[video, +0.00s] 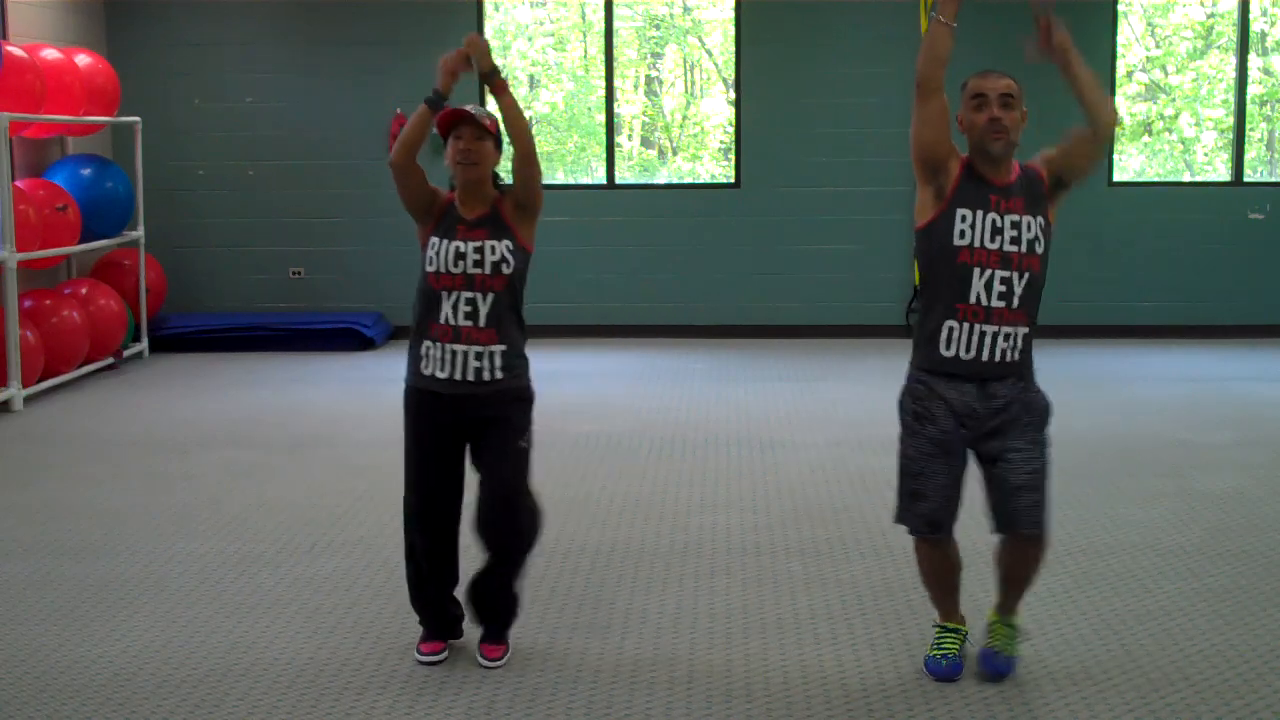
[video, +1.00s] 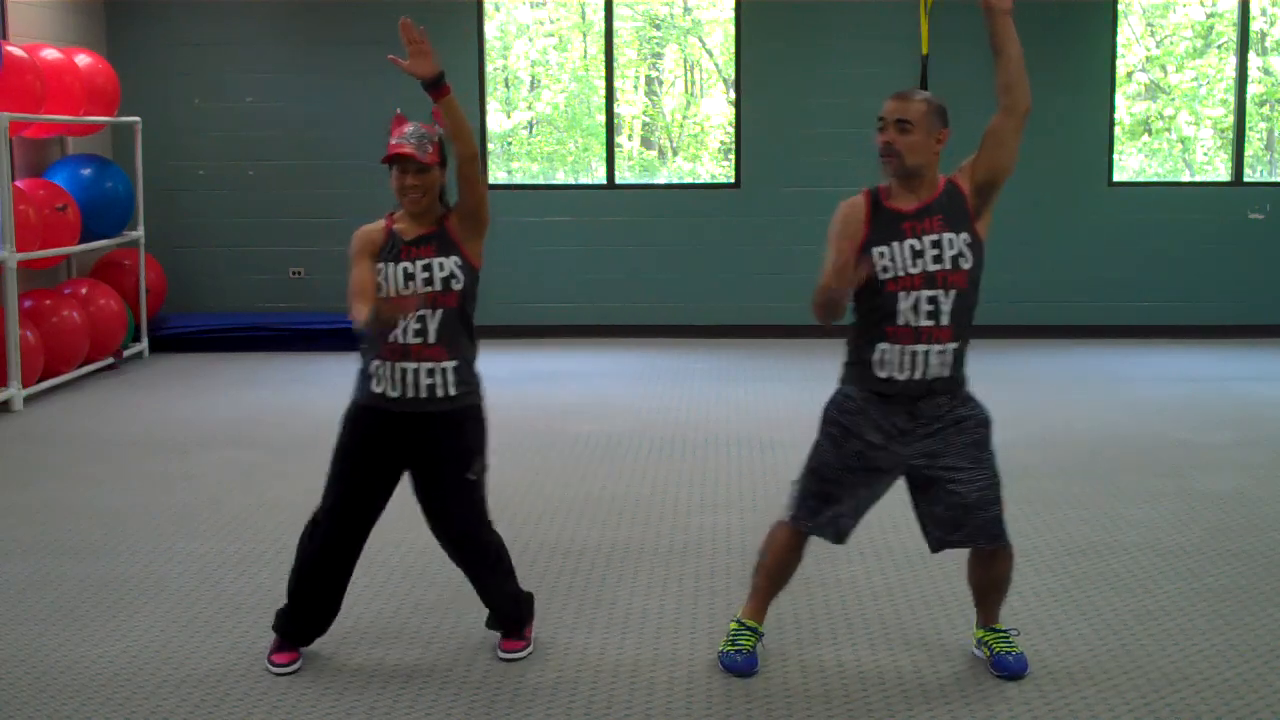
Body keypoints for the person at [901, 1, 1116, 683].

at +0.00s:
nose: (993, 112)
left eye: (1006, 102)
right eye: (979, 102)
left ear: (1023, 118)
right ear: (960, 121)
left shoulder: (1043, 183)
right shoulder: (941, 177)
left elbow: (1102, 126)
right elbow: (926, 85)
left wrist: (1065, 51)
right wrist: (944, 11)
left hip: (1012, 395)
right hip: (935, 393)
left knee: (1026, 528)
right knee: (928, 524)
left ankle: (1006, 619)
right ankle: (950, 624)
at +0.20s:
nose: (973, 104)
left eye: (986, 93)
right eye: (959, 94)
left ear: (1005, 111)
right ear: (941, 112)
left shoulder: (1024, 172)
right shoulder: (924, 174)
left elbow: (1040, 74)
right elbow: (916, 86)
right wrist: (936, 10)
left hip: (1006, 388)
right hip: (927, 386)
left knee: (1015, 522)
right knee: (905, 515)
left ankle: (989, 626)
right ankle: (935, 620)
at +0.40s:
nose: (926, 123)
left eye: (942, 113)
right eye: (922, 114)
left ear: (981, 127)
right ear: (919, 126)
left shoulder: (1009, 181)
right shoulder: (902, 182)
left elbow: (1035, 90)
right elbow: (849, 109)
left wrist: (1008, 4)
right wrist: (843, 24)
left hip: (993, 400)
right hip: (915, 399)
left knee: (1008, 531)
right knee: (897, 521)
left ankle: (985, 630)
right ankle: (904, 612)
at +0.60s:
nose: (888, 119)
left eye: (903, 110)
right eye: (888, 110)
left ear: (946, 122)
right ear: (894, 121)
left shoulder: (984, 180)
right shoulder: (866, 180)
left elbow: (1019, 85)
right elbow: (775, 175)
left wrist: (1005, 4)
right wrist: (688, 186)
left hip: (960, 398)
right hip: (879, 394)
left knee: (990, 529)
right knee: (815, 511)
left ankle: (982, 628)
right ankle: (750, 612)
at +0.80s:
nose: (860, 121)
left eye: (876, 112)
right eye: (862, 112)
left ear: (917, 126)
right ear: (871, 124)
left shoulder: (955, 182)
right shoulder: (837, 190)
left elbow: (1000, 94)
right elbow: (759, 236)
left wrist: (989, 6)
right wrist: (734, 314)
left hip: (931, 395)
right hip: (848, 396)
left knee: (988, 517)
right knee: (792, 511)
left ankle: (988, 618)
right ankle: (746, 621)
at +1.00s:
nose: (886, 139)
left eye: (901, 128)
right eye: (882, 128)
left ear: (939, 138)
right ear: (876, 137)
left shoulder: (971, 194)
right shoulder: (857, 213)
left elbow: (1015, 107)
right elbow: (824, 312)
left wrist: (1000, 13)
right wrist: (842, 283)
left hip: (945, 409)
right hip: (865, 408)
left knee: (990, 534)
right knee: (800, 519)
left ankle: (991, 630)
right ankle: (748, 623)